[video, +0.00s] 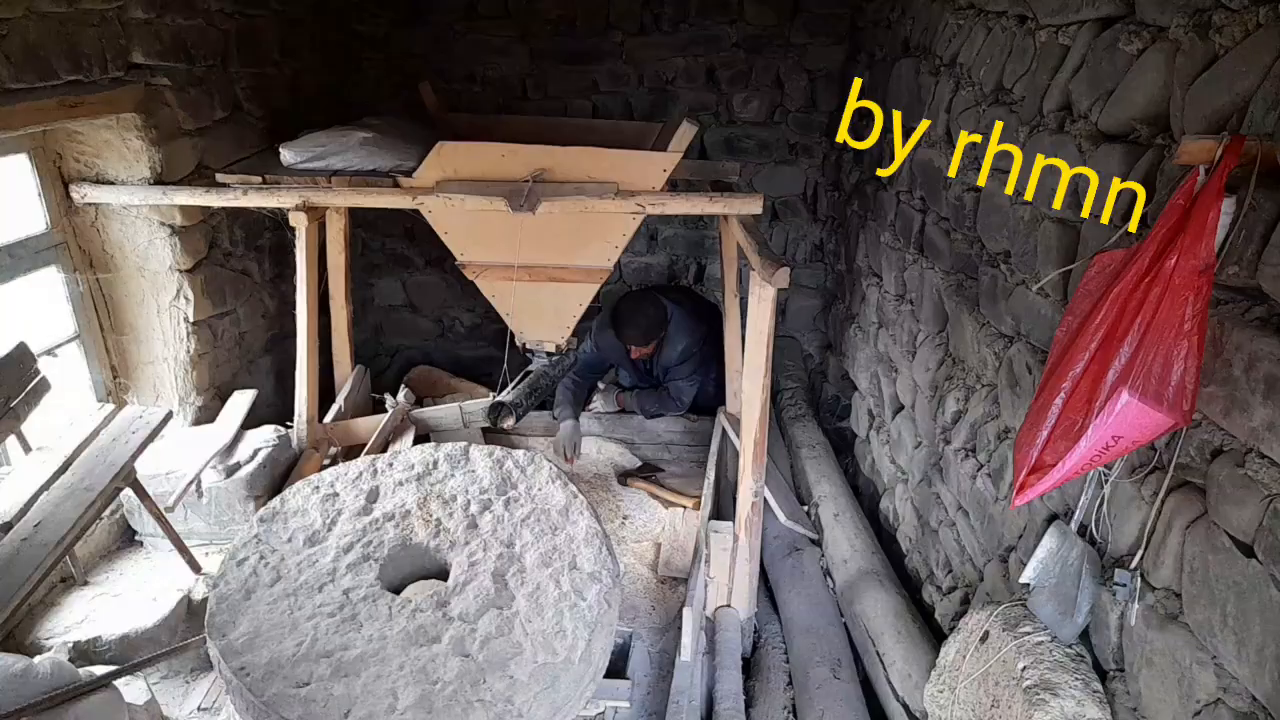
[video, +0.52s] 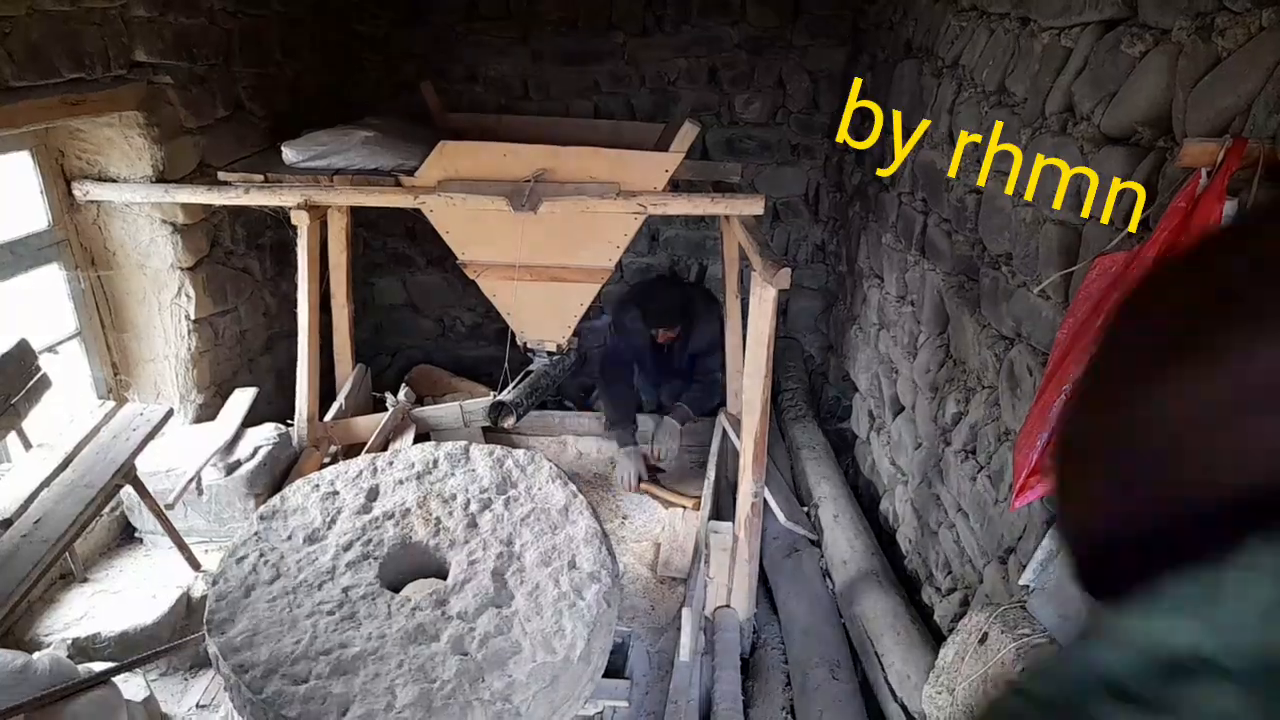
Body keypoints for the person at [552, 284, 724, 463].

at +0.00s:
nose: (633, 354)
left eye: (642, 347)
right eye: (628, 346)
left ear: (660, 336)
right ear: (619, 334)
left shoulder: (684, 345)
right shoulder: (607, 333)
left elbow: (676, 401)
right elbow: (574, 379)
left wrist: (620, 400)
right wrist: (567, 420)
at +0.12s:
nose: (646, 381)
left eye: (655, 375)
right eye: (641, 373)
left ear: (671, 365)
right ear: (631, 358)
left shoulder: (695, 362)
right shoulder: (617, 357)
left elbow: (679, 407)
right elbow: (597, 403)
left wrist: (634, 406)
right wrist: (582, 472)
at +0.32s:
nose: (656, 401)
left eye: (664, 395)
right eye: (651, 393)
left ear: (683, 379)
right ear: (641, 369)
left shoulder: (704, 375)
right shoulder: (621, 361)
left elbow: (683, 412)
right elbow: (597, 401)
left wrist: (630, 410)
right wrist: (576, 466)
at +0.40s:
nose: (648, 366)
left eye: (657, 361)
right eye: (644, 358)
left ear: (673, 355)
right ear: (635, 341)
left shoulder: (695, 361)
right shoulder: (621, 328)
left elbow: (677, 405)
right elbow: (593, 345)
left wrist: (618, 407)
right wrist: (588, 382)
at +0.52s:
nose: (662, 338)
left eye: (670, 331)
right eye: (656, 331)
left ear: (684, 322)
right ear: (645, 320)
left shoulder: (705, 315)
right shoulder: (628, 315)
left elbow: (711, 381)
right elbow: (614, 376)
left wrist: (676, 418)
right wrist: (626, 445)